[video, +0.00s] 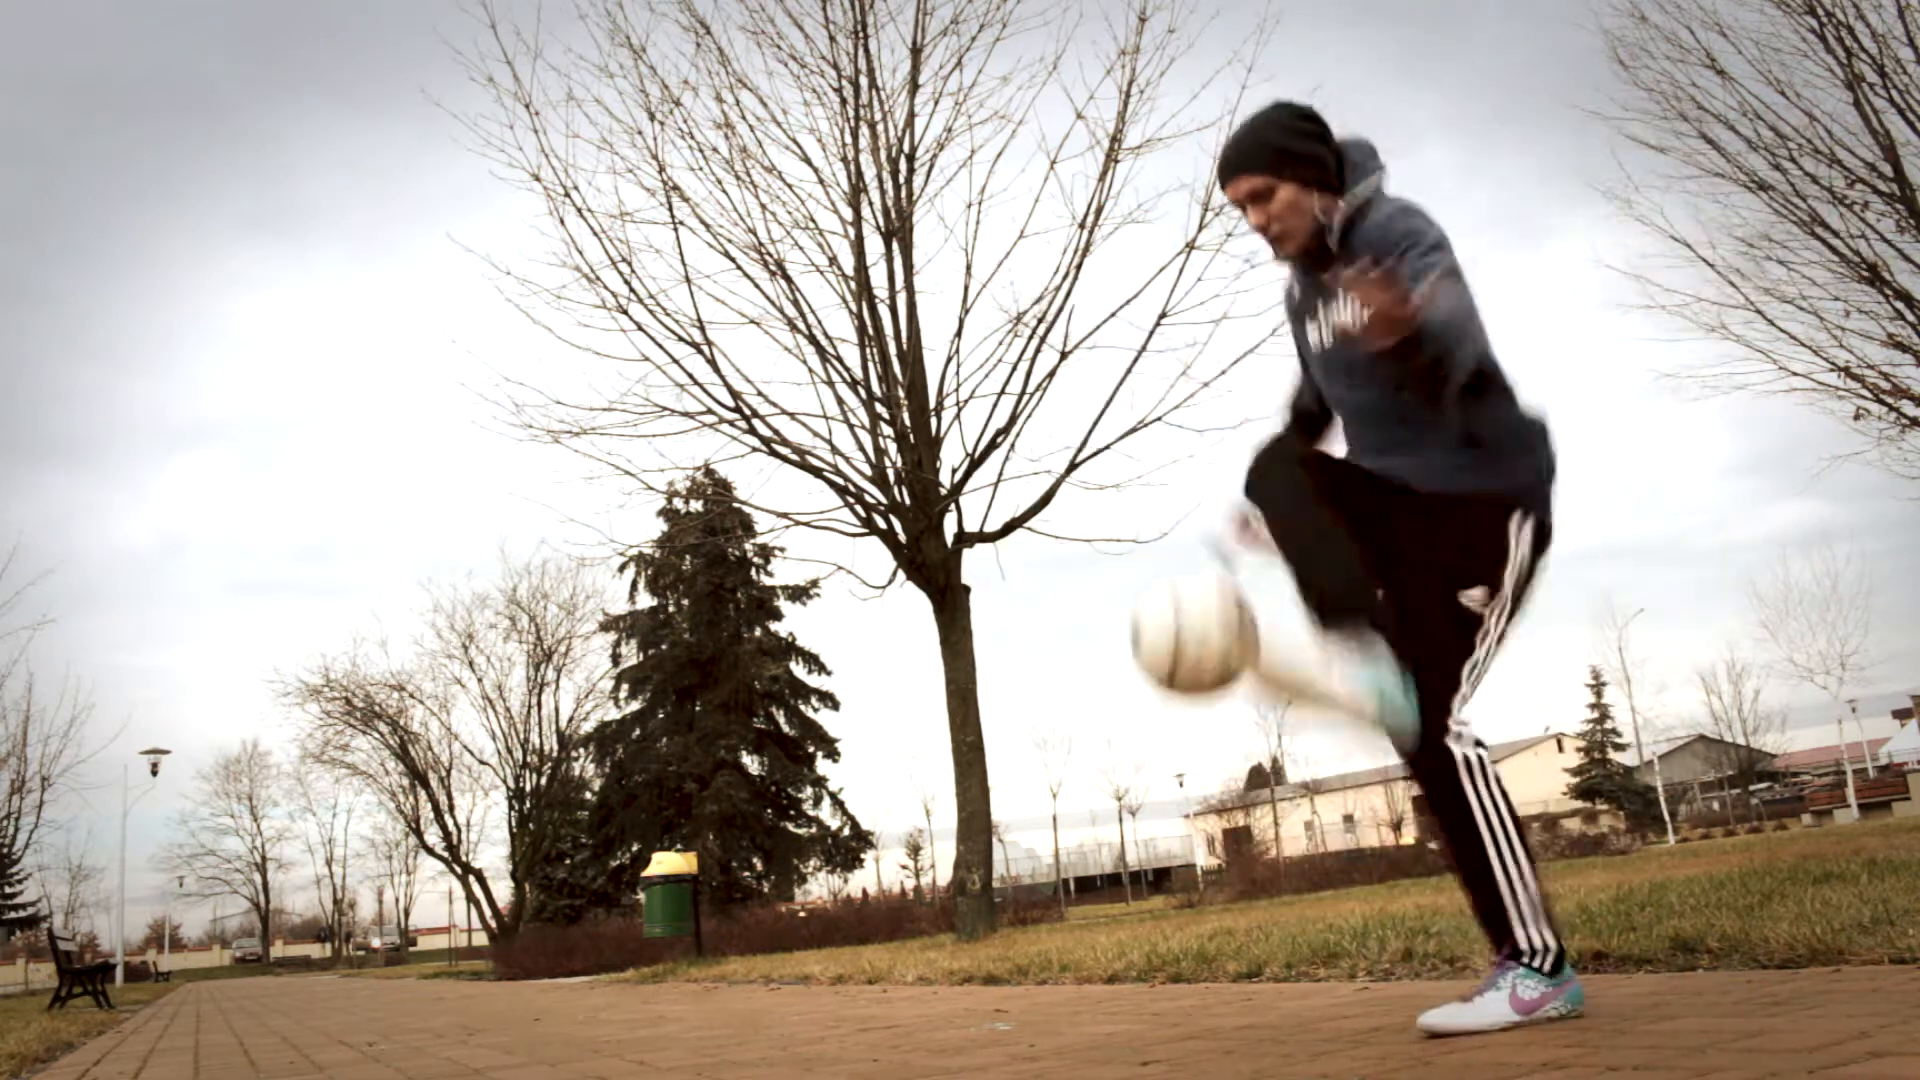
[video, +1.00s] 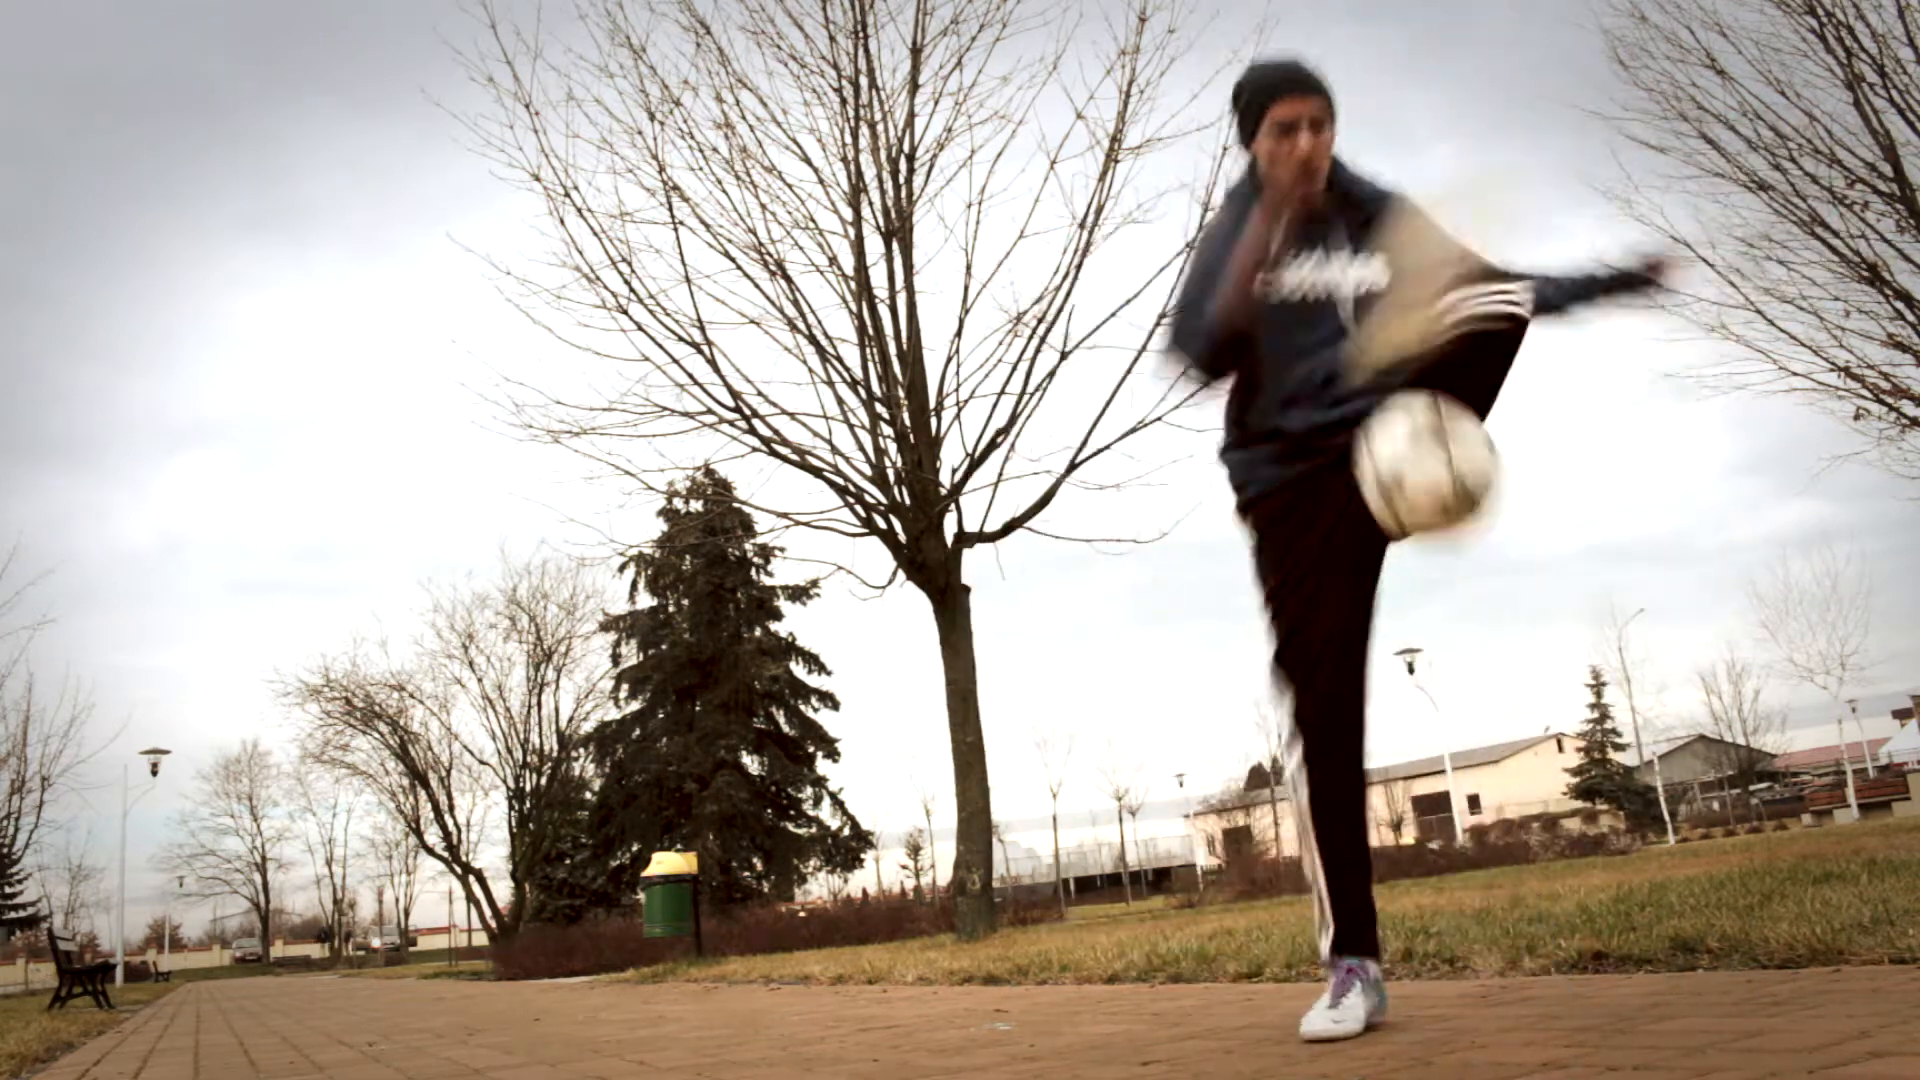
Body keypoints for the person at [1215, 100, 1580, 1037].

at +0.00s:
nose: (1254, 223)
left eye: (1262, 199)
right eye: (1243, 210)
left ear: (1313, 178)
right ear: (1260, 207)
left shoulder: (1394, 228)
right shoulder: (1306, 285)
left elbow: (1459, 348)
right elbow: (1321, 390)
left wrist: (1402, 325)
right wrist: (1266, 489)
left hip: (1488, 494)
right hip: (1402, 497)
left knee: (1427, 722)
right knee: (1278, 462)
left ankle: (1538, 968)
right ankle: (1370, 657)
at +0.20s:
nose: (1268, 177)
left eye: (1277, 156)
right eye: (1258, 163)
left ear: (1325, 143)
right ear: (1266, 168)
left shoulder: (1400, 207)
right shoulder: (1298, 270)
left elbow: (1389, 166)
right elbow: (1256, 382)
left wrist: (1275, 83)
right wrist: (1137, 368)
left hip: (1432, 496)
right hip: (1345, 477)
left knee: (1430, 708)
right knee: (1191, 392)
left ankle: (1529, 961)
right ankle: (1036, 523)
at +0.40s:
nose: (1243, 86)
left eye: (1254, 63)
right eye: (1228, 73)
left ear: (1301, 42)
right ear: (1226, 75)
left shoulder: (1382, 100)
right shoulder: (1248, 149)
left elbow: (1464, 97)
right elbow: (1203, 223)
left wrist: (1510, 40)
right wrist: (1097, 241)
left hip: (1379, 366)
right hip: (1279, 377)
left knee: (1269, 506)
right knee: (1216, 551)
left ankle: (1252, 732)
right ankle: (1220, 795)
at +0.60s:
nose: (1211, 199)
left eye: (1223, 175)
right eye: (1195, 184)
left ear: (1267, 159)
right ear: (1186, 188)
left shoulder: (1359, 227)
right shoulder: (1201, 296)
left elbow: (1474, 325)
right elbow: (1126, 410)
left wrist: (1592, 425)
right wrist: (1017, 505)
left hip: (1399, 486)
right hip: (1312, 508)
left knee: (1166, 591)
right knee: (1311, 758)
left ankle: (1058, 806)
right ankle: (1356, 973)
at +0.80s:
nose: (1239, 179)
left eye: (1250, 158)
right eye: (1217, 166)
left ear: (1273, 157)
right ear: (1185, 180)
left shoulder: (1340, 228)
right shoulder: (1172, 297)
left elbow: (1464, 281)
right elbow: (1105, 406)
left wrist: (1599, 320)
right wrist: (1034, 503)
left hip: (1407, 498)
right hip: (1296, 530)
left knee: (1429, 619)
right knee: (1301, 748)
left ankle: (1430, 818)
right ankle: (1355, 967)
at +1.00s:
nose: (1306, 142)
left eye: (1316, 125)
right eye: (1286, 130)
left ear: (1336, 129)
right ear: (1250, 145)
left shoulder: (1376, 214)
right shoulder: (1229, 229)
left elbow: (1489, 294)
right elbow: (1198, 352)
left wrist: (1625, 280)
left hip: (1390, 442)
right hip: (1295, 480)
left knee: (1493, 304)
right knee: (1327, 726)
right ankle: (1353, 965)